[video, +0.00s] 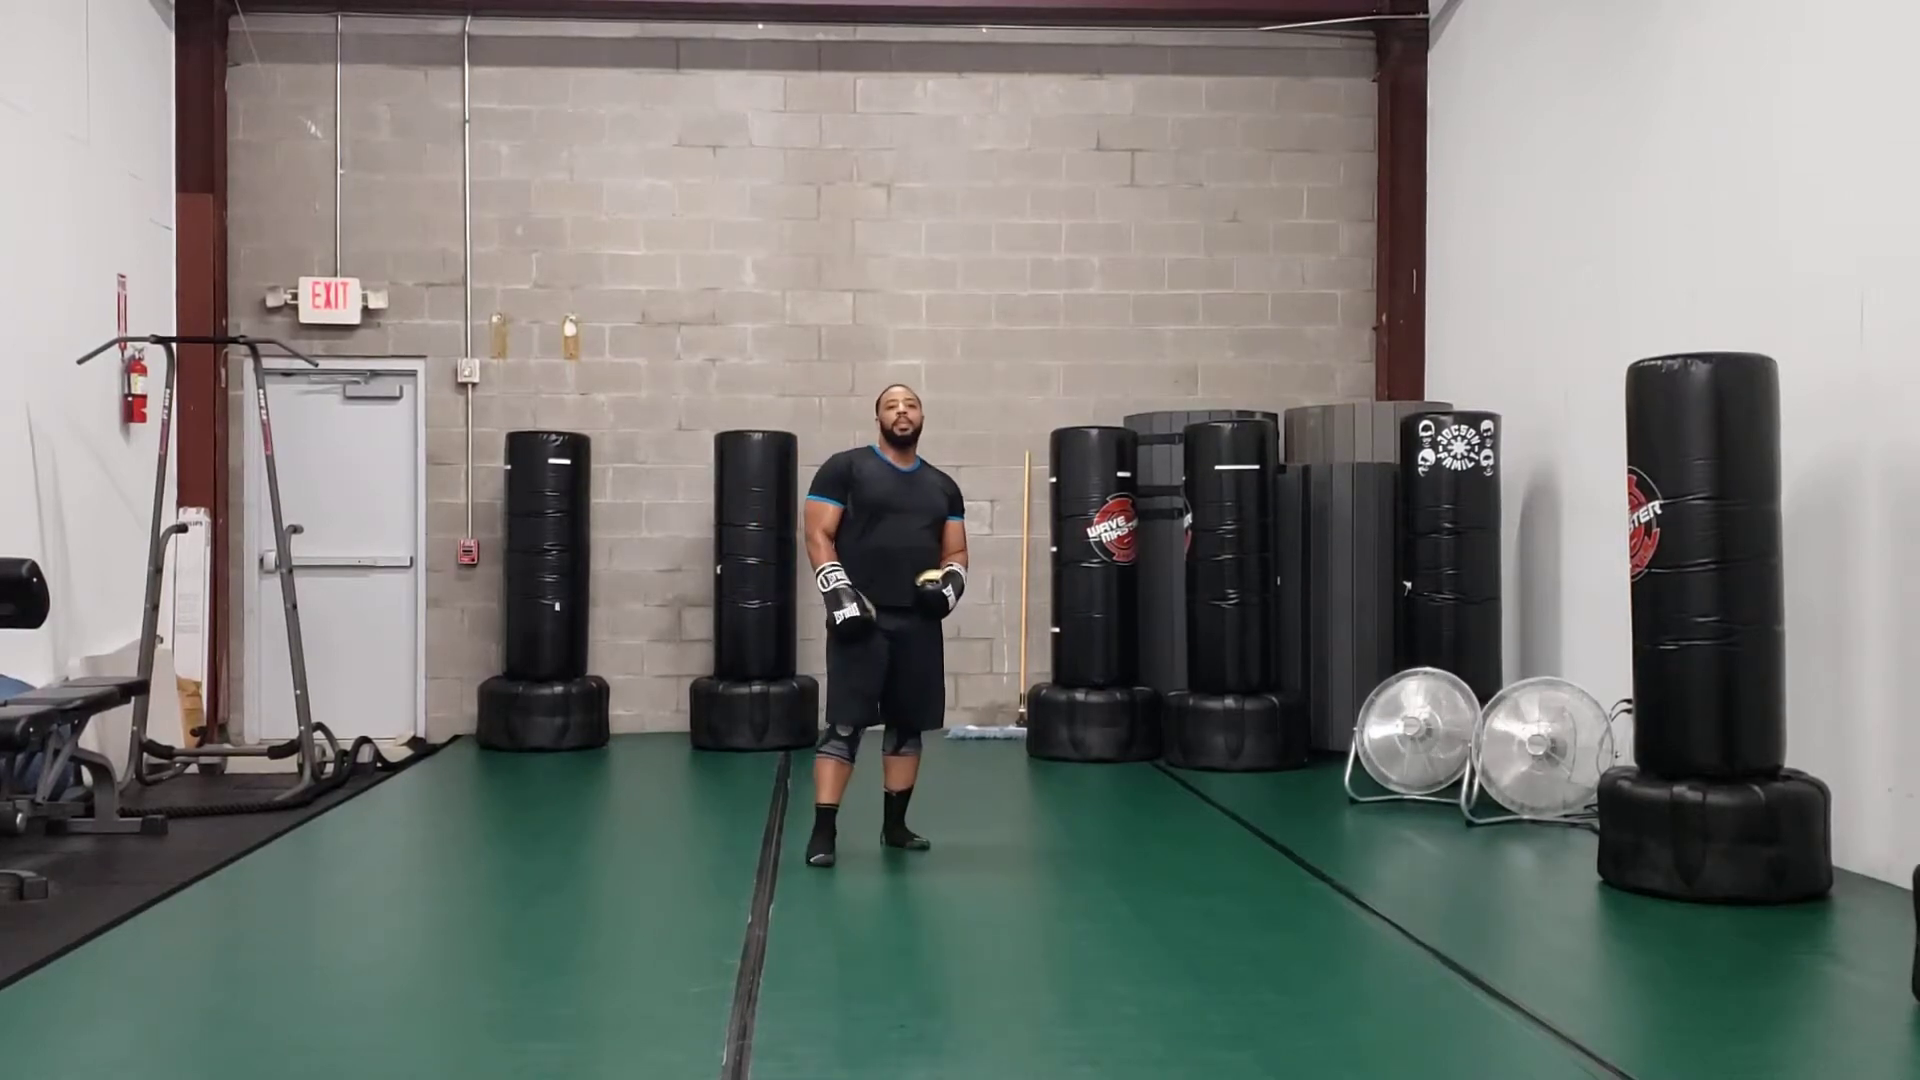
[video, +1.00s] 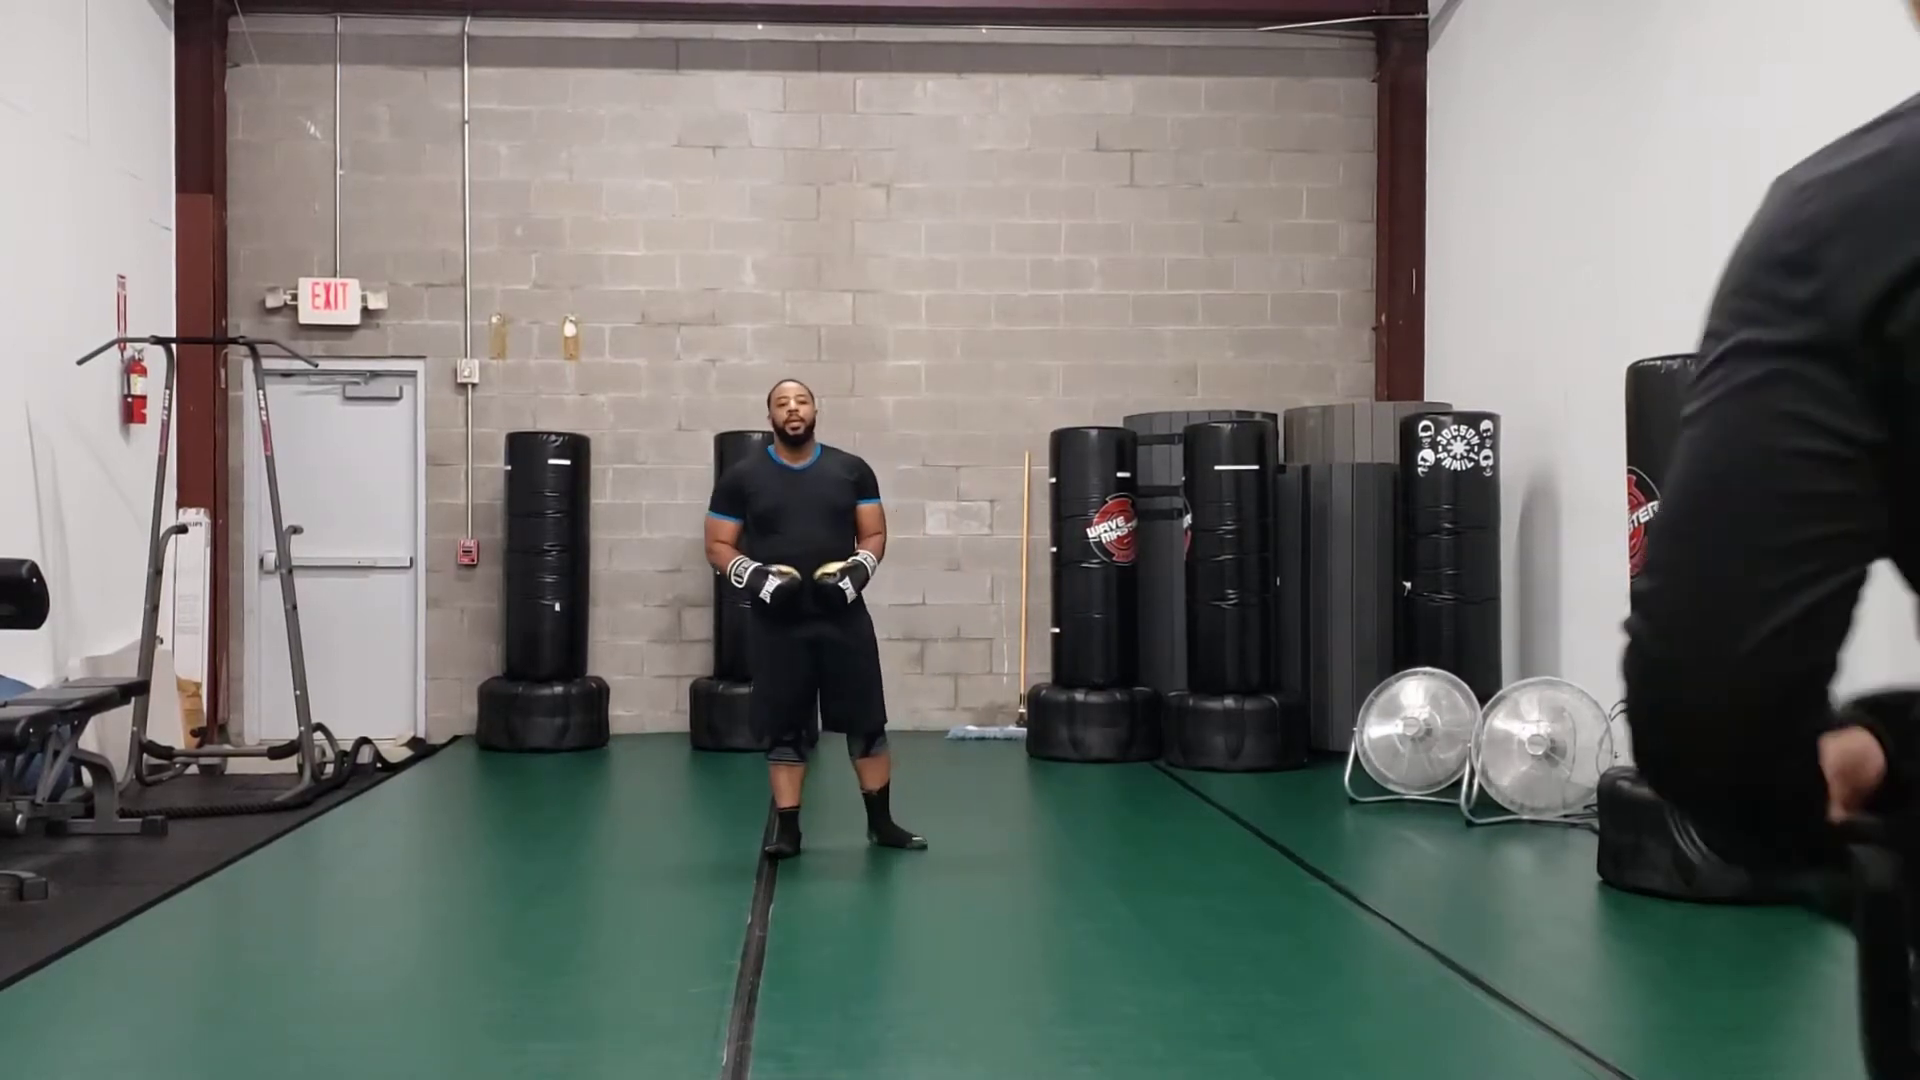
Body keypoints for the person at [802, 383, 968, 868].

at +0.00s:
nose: (902, 412)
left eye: (910, 405)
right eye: (892, 406)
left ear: (922, 419)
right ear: (879, 421)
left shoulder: (943, 487)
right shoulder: (845, 468)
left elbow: (955, 551)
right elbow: (817, 533)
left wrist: (951, 582)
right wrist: (836, 588)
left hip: (918, 621)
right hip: (858, 617)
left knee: (907, 726)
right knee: (845, 724)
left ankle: (895, 826)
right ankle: (824, 832)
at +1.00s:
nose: (793, 410)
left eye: (801, 402)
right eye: (783, 404)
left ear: (815, 412)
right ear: (770, 418)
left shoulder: (852, 470)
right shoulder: (743, 476)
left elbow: (874, 536)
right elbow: (718, 546)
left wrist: (857, 571)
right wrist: (756, 577)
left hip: (843, 617)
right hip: (777, 621)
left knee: (867, 721)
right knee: (784, 730)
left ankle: (882, 823)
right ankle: (786, 832)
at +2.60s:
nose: (850, 431)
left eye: (861, 423)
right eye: (842, 419)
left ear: (874, 422)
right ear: (825, 411)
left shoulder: (898, 476)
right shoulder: (781, 468)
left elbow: (921, 544)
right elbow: (750, 540)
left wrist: (900, 570)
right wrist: (783, 539)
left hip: (869, 629)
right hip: (797, 627)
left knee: (874, 740)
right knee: (784, 741)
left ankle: (870, 848)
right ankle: (783, 844)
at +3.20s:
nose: (774, 422)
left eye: (785, 412)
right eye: (764, 410)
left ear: (799, 411)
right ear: (746, 406)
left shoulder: (831, 470)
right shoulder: (708, 468)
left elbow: (861, 549)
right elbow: (674, 543)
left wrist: (887, 615)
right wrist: (707, 541)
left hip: (813, 635)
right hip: (739, 639)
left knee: (839, 747)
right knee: (748, 754)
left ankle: (848, 830)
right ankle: (754, 873)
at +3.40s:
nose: (768, 420)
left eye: (778, 411)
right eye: (757, 408)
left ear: (789, 409)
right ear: (735, 401)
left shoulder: (817, 468)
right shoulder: (690, 468)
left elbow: (843, 548)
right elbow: (658, 544)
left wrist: (862, 616)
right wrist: (696, 549)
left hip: (796, 629)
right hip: (726, 634)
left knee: (792, 750)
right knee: (741, 758)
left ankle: (790, 879)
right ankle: (754, 875)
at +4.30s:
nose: (683, 402)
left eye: (698, 394)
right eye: (675, 387)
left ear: (713, 400)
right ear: (654, 383)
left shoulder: (740, 465)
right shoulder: (607, 465)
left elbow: (761, 554)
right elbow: (580, 562)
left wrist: (762, 630)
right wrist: (552, 635)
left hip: (712, 656)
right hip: (626, 654)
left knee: (728, 791)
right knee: (612, 791)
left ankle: (743, 904)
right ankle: (599, 933)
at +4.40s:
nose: (666, 399)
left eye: (681, 390)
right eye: (657, 383)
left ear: (695, 394)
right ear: (635, 378)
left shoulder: (723, 462)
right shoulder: (586, 459)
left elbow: (745, 553)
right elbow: (562, 559)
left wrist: (746, 632)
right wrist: (537, 636)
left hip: (690, 657)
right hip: (601, 657)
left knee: (714, 792)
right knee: (599, 798)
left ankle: (736, 883)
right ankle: (597, 937)